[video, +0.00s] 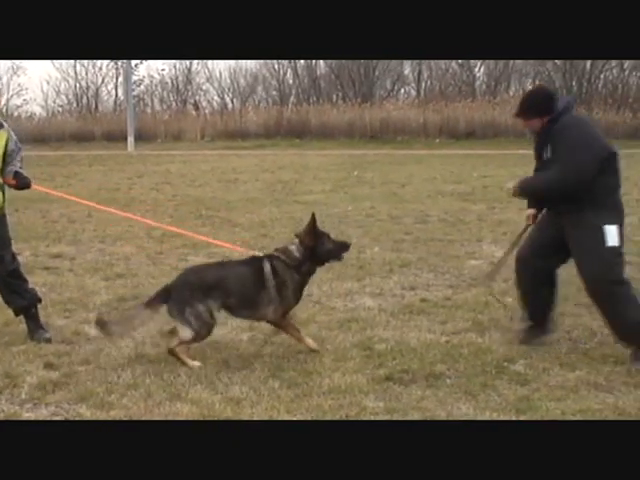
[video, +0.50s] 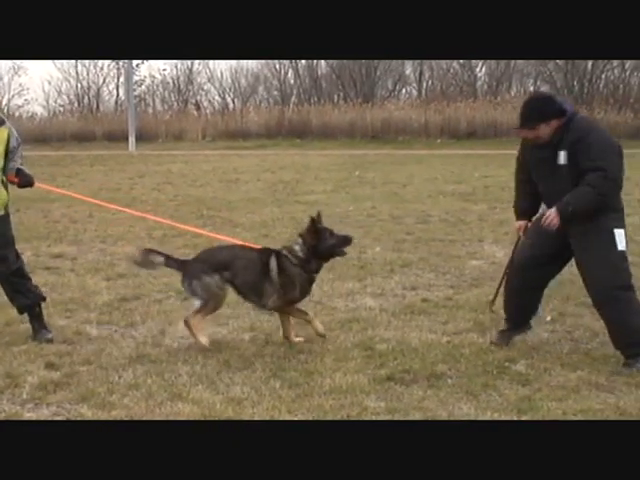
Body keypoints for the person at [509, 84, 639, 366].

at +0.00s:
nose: (526, 126)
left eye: (528, 121)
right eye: (525, 121)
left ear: (543, 117)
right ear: (541, 117)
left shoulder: (575, 132)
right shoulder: (549, 134)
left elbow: (570, 178)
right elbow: (546, 171)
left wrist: (527, 186)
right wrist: (536, 205)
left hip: (594, 217)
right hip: (561, 215)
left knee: (604, 281)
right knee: (530, 260)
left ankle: (636, 340)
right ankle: (538, 324)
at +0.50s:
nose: (528, 136)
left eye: (532, 129)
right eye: (526, 130)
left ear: (552, 123)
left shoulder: (593, 139)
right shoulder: (532, 143)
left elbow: (603, 185)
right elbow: (525, 179)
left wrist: (563, 210)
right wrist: (523, 215)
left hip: (596, 221)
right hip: (554, 220)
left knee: (609, 287)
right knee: (522, 268)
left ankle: (634, 352)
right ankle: (516, 324)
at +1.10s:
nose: (569, 128)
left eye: (576, 123)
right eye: (566, 122)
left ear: (593, 121)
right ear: (562, 115)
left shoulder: (616, 144)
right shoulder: (545, 133)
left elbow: (632, 188)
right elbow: (520, 164)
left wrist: (605, 217)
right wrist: (509, 204)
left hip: (594, 225)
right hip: (549, 220)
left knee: (611, 287)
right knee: (518, 270)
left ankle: (632, 353)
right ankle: (500, 335)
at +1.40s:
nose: (552, 124)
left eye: (559, 120)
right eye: (549, 117)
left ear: (577, 116)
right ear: (545, 112)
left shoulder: (599, 137)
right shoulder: (529, 135)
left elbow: (622, 173)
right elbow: (501, 172)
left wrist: (610, 206)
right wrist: (497, 218)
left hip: (583, 227)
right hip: (534, 224)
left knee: (607, 287)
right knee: (508, 280)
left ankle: (631, 350)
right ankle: (493, 341)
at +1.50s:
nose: (542, 123)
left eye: (549, 119)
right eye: (540, 117)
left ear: (567, 116)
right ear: (536, 113)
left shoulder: (592, 134)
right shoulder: (523, 135)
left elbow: (617, 171)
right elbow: (497, 172)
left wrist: (600, 204)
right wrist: (493, 217)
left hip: (580, 225)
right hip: (532, 224)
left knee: (604, 284)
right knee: (508, 280)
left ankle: (620, 345)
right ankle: (493, 341)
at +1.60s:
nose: (541, 141)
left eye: (547, 135)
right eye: (537, 135)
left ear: (563, 128)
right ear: (532, 126)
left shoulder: (590, 132)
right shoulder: (523, 135)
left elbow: (614, 168)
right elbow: (500, 165)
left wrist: (580, 180)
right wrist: (508, 205)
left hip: (580, 223)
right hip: (534, 222)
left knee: (601, 283)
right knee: (507, 279)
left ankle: (616, 348)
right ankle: (489, 340)